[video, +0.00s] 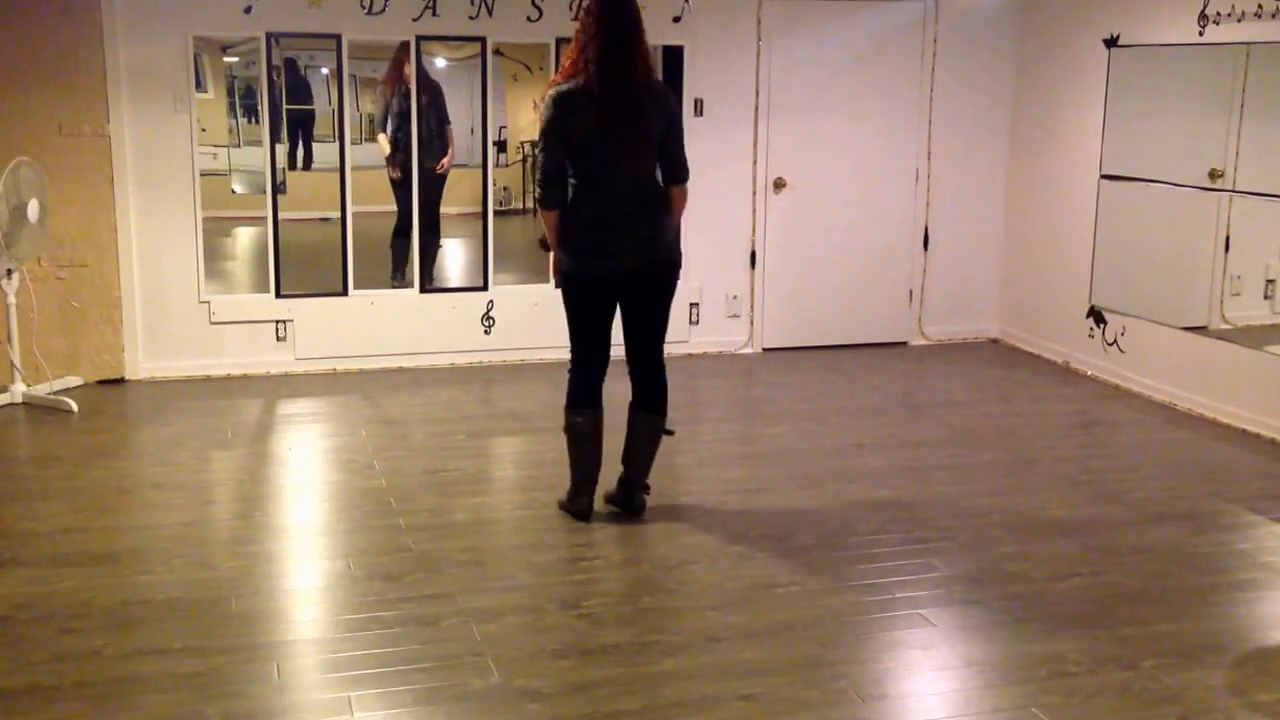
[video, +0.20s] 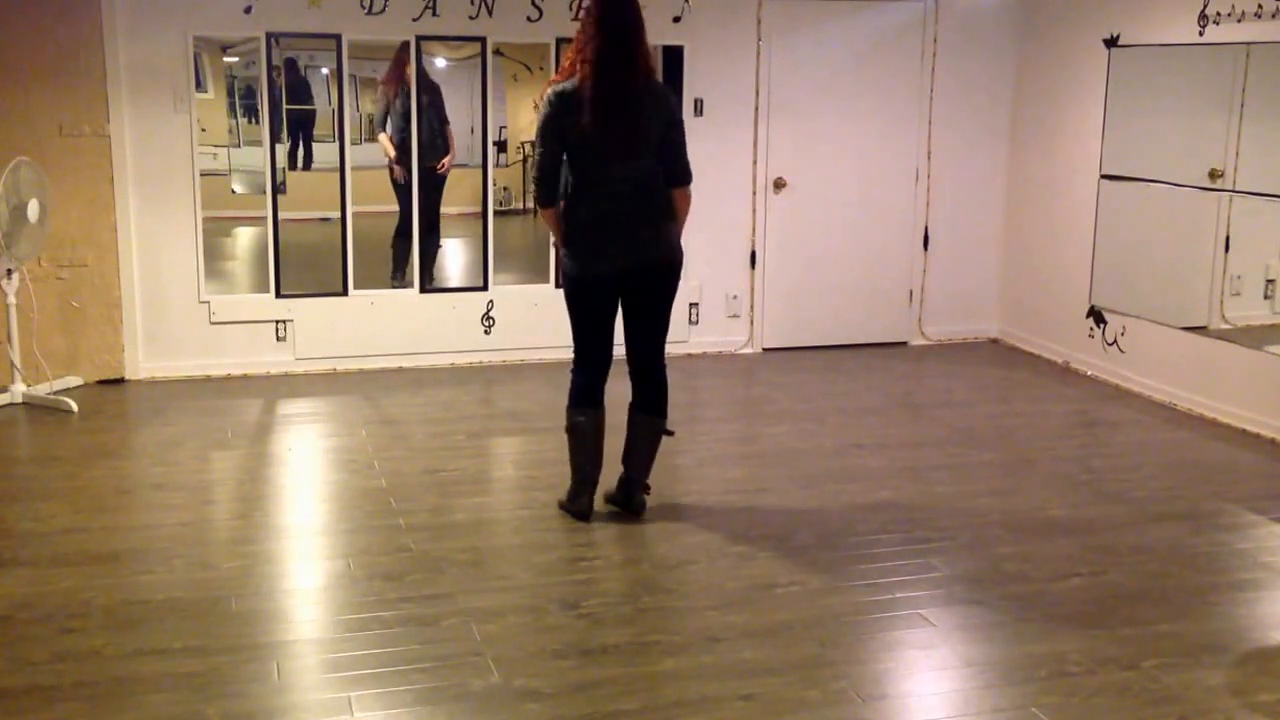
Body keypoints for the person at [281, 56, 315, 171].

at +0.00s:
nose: (284, 70)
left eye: (284, 67)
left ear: (285, 68)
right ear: (296, 66)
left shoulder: (284, 82)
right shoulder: (303, 79)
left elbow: (281, 99)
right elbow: (310, 97)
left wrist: (282, 112)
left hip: (291, 113)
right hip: (307, 112)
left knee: (293, 143)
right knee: (307, 142)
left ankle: (291, 169)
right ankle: (306, 168)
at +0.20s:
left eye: (284, 67)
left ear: (285, 67)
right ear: (296, 66)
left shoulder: (284, 82)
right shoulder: (303, 80)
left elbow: (281, 100)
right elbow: (310, 98)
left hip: (291, 114)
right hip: (307, 113)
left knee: (294, 142)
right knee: (307, 143)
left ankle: (291, 168)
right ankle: (306, 168)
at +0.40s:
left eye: (284, 67)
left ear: (285, 68)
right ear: (297, 66)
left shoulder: (283, 82)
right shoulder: (303, 80)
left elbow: (280, 100)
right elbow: (309, 97)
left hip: (291, 112)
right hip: (308, 112)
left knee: (294, 142)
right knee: (307, 143)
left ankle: (292, 169)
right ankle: (306, 169)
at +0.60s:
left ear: (284, 67)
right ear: (297, 66)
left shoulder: (283, 82)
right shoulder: (302, 80)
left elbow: (280, 100)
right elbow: (307, 97)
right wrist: (312, 110)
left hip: (291, 114)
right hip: (307, 113)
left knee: (294, 142)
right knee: (307, 143)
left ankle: (292, 168)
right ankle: (307, 169)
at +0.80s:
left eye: (284, 67)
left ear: (284, 67)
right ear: (296, 66)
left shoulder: (283, 81)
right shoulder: (301, 80)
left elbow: (279, 101)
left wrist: (279, 119)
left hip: (291, 115)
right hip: (305, 115)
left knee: (293, 144)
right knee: (305, 144)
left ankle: (291, 169)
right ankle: (306, 168)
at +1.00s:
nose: (281, 70)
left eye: (282, 68)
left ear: (283, 67)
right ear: (295, 65)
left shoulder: (282, 81)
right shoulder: (302, 79)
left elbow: (278, 100)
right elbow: (307, 97)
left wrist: (279, 115)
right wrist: (309, 111)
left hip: (289, 114)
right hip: (303, 113)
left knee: (289, 145)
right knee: (303, 143)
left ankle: (290, 169)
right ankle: (305, 168)